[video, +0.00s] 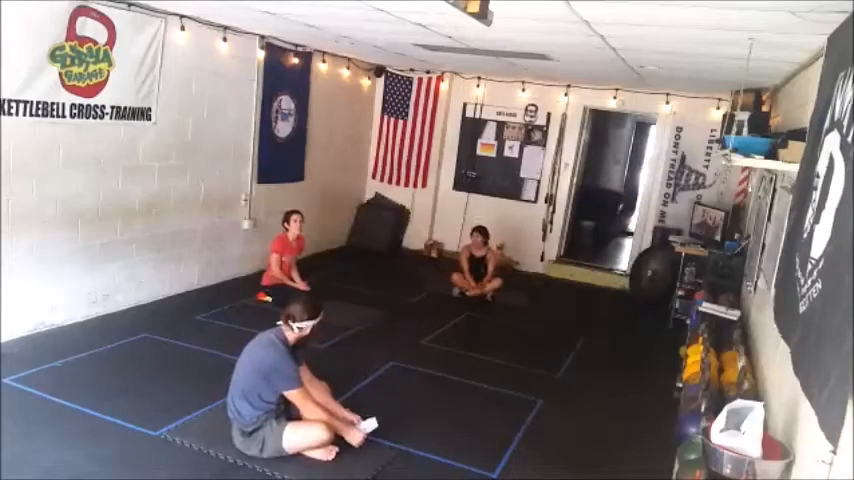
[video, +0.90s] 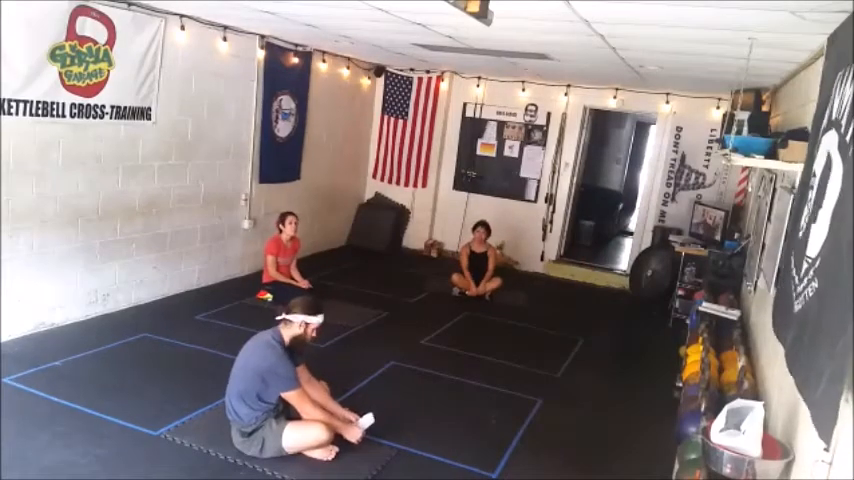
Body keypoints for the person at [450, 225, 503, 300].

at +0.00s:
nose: (474, 239)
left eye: (477, 236)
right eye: (473, 236)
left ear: (484, 238)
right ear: (471, 237)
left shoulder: (490, 253)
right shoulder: (465, 250)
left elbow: (490, 272)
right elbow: (466, 270)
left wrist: (483, 283)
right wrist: (473, 284)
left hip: (484, 277)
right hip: (470, 277)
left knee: (498, 282)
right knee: (455, 277)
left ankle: (468, 293)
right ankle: (483, 293)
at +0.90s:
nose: (480, 235)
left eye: (483, 232)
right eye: (478, 231)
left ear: (487, 235)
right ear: (473, 233)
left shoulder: (491, 250)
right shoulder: (466, 248)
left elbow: (490, 270)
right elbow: (465, 268)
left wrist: (482, 284)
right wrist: (472, 285)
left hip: (484, 276)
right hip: (470, 276)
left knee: (498, 281)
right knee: (454, 277)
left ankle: (468, 293)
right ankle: (482, 294)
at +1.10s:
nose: (479, 237)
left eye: (481, 234)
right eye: (476, 233)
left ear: (486, 236)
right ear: (473, 234)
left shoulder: (490, 247)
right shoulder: (466, 249)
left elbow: (501, 243)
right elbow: (465, 269)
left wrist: (491, 229)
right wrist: (472, 286)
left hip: (484, 279)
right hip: (470, 277)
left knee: (498, 281)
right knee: (455, 277)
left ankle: (468, 293)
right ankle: (482, 294)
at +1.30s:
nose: (479, 238)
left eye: (482, 236)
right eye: (478, 235)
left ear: (488, 238)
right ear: (476, 234)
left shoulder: (492, 247)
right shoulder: (466, 249)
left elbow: (505, 243)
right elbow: (465, 269)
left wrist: (492, 230)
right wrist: (472, 285)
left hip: (485, 279)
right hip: (470, 277)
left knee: (498, 281)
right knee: (455, 277)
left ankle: (467, 293)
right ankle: (482, 294)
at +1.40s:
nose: (477, 238)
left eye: (481, 236)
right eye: (476, 234)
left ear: (486, 238)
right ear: (474, 234)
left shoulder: (491, 247)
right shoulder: (466, 248)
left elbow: (505, 243)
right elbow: (465, 269)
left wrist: (491, 230)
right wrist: (472, 285)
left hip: (484, 279)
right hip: (470, 277)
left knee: (498, 281)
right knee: (455, 277)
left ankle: (467, 293)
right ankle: (482, 294)